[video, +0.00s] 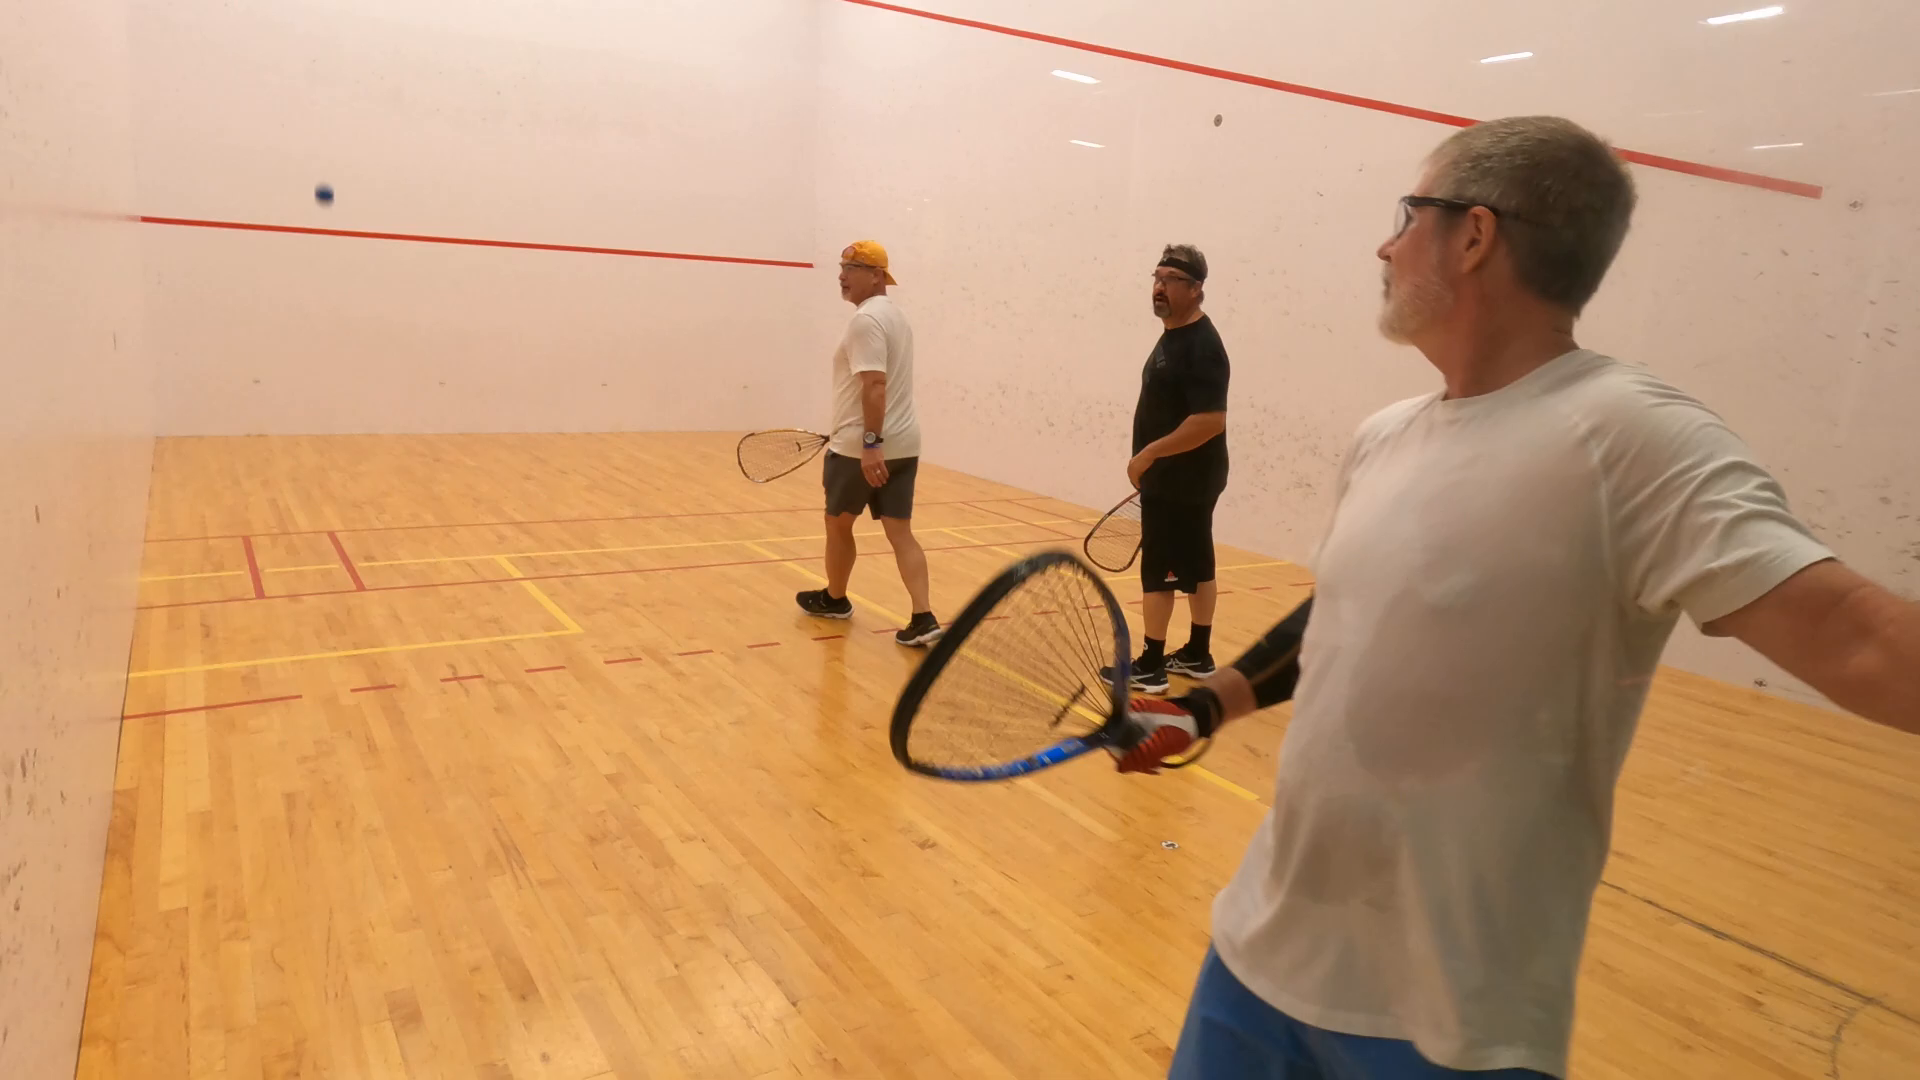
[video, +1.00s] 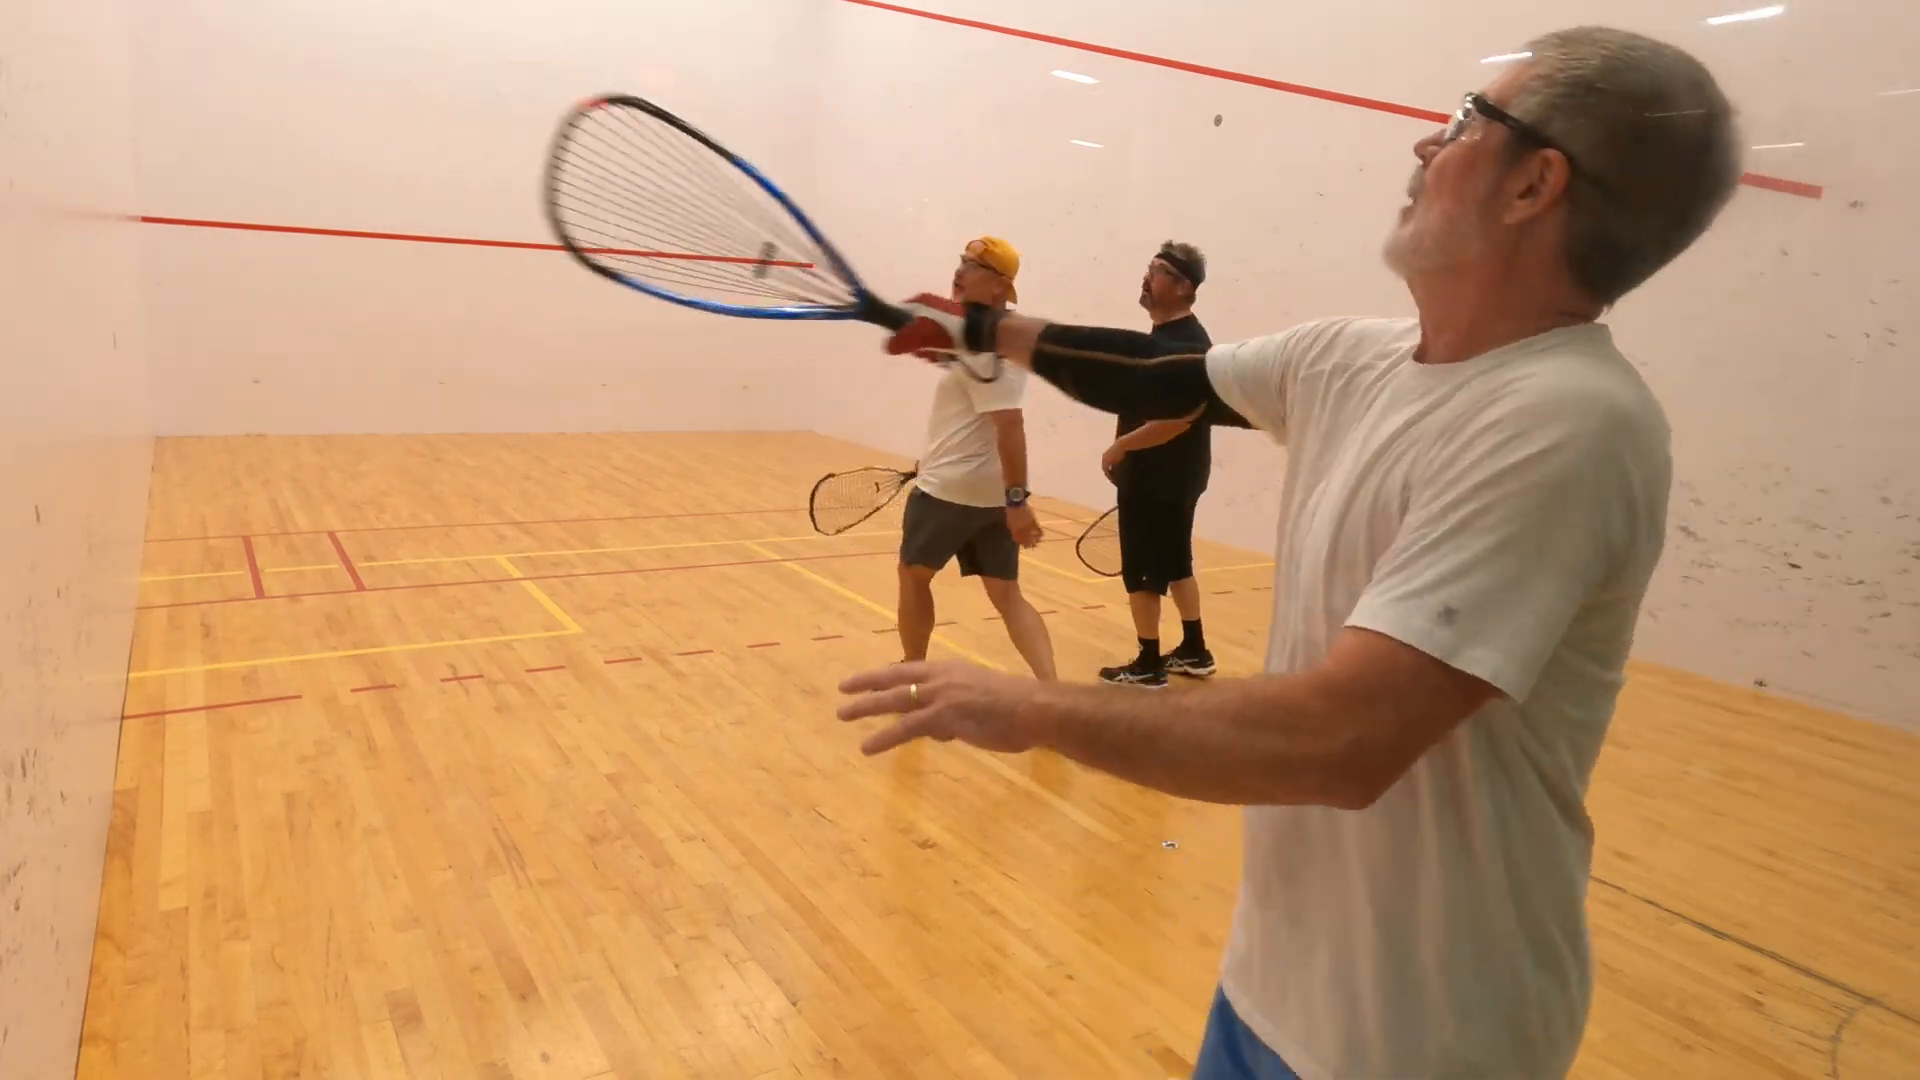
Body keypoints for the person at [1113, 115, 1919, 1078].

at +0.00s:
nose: (1386, 244)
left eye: (1409, 216)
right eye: (1399, 215)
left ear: (1475, 241)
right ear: (1477, 245)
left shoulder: (1628, 434)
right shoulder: (1385, 438)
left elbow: (1858, 635)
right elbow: (1350, 617)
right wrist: (1207, 705)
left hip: (1444, 1018)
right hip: (1257, 961)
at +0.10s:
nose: (1349, 223)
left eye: (1376, 193)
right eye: (1365, 191)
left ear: (1443, 224)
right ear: (1442, 233)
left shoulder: (1590, 436)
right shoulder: (1334, 428)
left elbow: (1808, 656)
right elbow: (1249, 603)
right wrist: (1122, 670)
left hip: (1377, 1026)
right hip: (1205, 963)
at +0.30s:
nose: (1331, 191)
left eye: (1364, 164)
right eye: (1351, 162)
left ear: (1434, 204)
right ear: (1435, 204)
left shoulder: (1561, 451)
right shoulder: (1271, 407)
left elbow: (1794, 699)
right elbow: (1136, 557)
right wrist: (1018, 589)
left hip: (1290, 1033)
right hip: (1136, 968)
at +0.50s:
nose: (1372, 177)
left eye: (1411, 156)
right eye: (1398, 150)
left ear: (1483, 219)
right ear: (1477, 222)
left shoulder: (1575, 474)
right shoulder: (1280, 374)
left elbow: (1704, 775)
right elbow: (1049, 525)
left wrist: (1890, 642)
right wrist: (1037, 475)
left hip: (1277, 1041)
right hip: (1101, 970)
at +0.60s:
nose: (1385, 185)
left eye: (1430, 162)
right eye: (1416, 156)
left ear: (1507, 233)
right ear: (1503, 233)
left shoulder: (1592, 481)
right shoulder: (1293, 382)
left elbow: (1550, 803)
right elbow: (1048, 507)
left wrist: (1467, 667)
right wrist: (1201, 431)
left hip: (1286, 1036)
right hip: (1111, 957)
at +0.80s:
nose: (1437, 183)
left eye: (1489, 164)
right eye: (1465, 153)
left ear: (1583, 243)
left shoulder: (1601, 477)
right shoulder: (1328, 376)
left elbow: (1308, 717)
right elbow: (1066, 440)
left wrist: (1017, 612)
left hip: (1320, 1034)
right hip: (1169, 953)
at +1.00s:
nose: (1427, 145)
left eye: (1466, 123)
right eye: (1454, 117)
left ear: (1535, 187)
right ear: (1529, 189)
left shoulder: (1570, 427)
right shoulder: (1356, 360)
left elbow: (1341, 742)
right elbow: (1160, 376)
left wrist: (1038, 712)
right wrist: (1001, 338)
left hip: (1418, 1048)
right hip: (1267, 989)